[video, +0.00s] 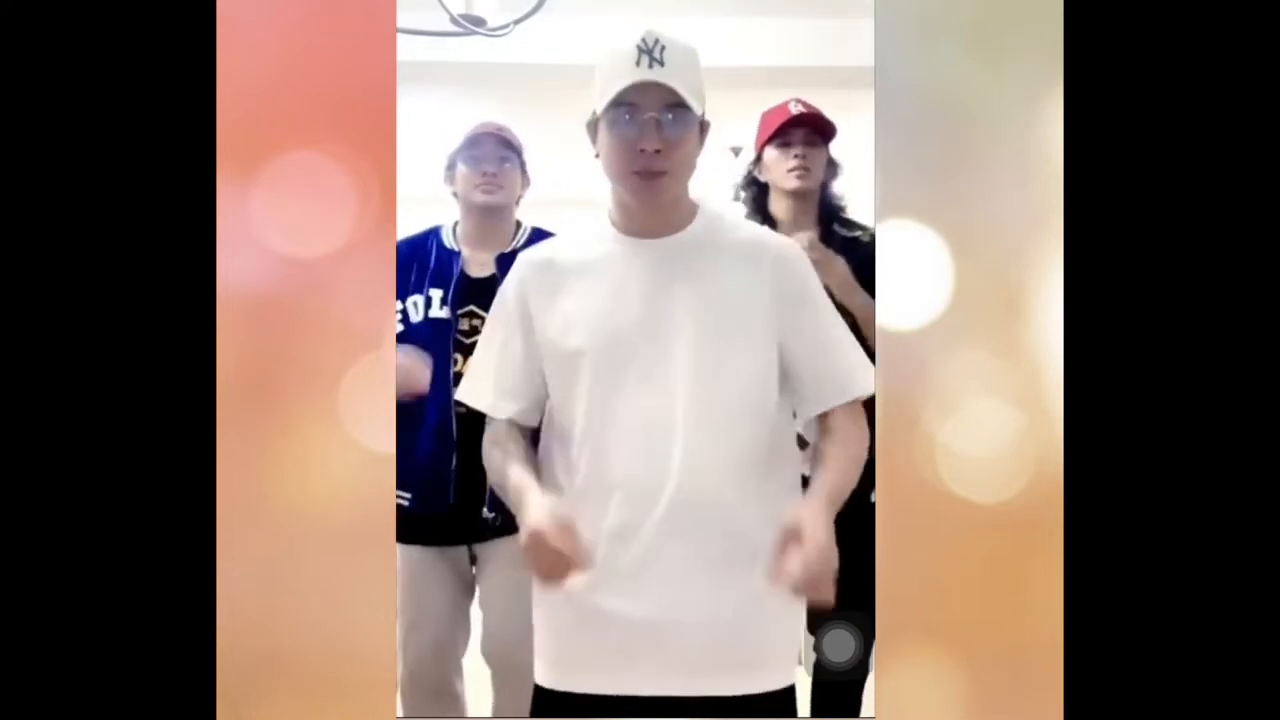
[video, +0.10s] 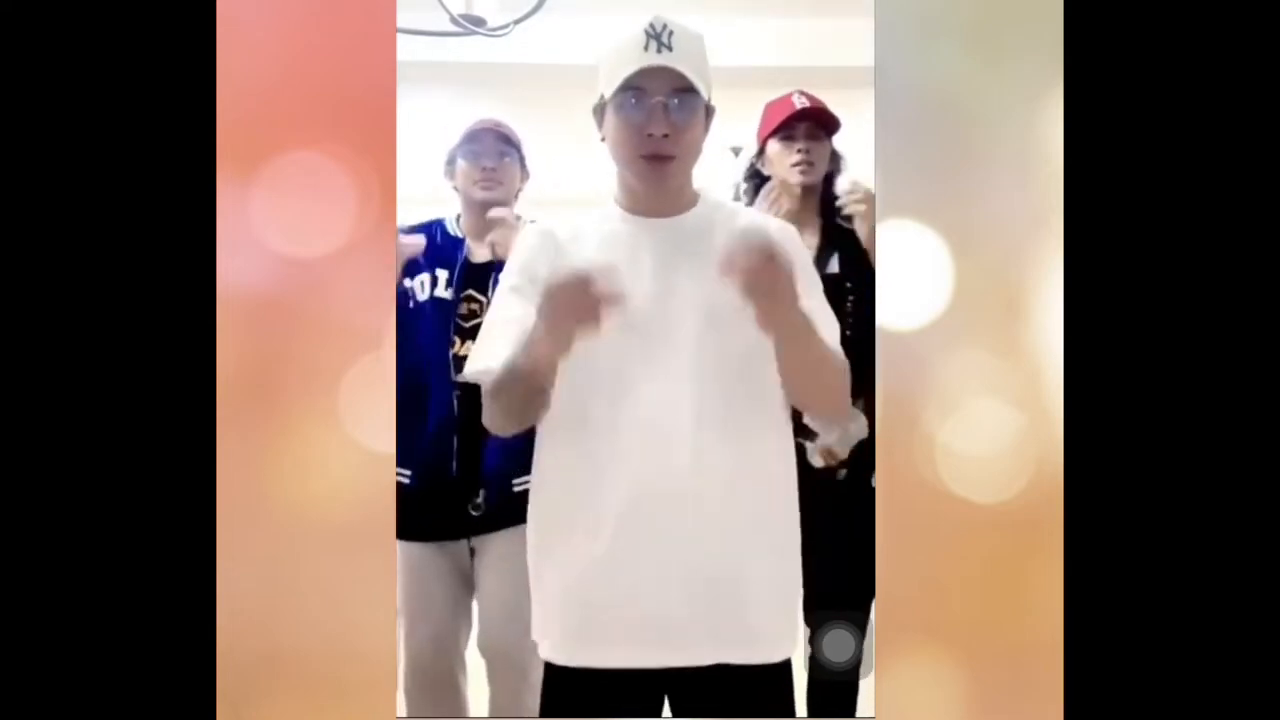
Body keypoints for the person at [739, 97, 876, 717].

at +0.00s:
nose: (800, 156)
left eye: (813, 146)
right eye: (785, 145)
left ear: (829, 161)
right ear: (759, 162)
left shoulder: (866, 248)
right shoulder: (733, 249)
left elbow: (894, 351)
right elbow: (711, 351)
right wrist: (770, 277)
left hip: (850, 460)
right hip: (755, 459)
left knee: (843, 643)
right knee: (758, 633)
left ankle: (834, 716)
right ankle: (770, 712)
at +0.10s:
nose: (806, 149)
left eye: (818, 137)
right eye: (789, 138)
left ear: (832, 150)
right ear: (763, 154)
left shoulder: (859, 235)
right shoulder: (741, 237)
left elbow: (899, 322)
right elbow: (726, 336)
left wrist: (874, 242)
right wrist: (760, 236)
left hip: (850, 452)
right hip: (761, 449)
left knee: (841, 625)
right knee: (762, 619)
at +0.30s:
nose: (814, 151)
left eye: (826, 140)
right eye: (798, 139)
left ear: (839, 156)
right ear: (768, 152)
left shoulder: (869, 244)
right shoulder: (742, 246)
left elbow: (894, 340)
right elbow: (722, 351)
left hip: (846, 473)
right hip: (754, 466)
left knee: (840, 633)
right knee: (748, 622)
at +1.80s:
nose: (820, 182)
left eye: (837, 169)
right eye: (811, 169)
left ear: (868, 180)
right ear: (801, 178)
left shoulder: (895, 261)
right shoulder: (781, 258)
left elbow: (905, 361)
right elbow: (764, 359)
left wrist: (869, 439)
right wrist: (799, 443)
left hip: (867, 477)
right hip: (786, 473)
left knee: (859, 641)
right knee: (774, 635)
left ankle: (854, 712)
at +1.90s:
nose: (818, 177)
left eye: (834, 165)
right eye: (810, 165)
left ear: (869, 174)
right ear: (801, 174)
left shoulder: (898, 256)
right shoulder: (778, 253)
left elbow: (902, 354)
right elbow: (762, 342)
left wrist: (814, 310)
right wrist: (844, 286)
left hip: (865, 478)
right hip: (786, 472)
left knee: (855, 636)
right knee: (770, 625)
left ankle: (853, 719)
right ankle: (765, 715)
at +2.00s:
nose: (818, 173)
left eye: (834, 160)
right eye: (812, 161)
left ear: (869, 168)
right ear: (805, 167)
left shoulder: (893, 247)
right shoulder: (793, 247)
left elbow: (885, 331)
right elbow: (768, 365)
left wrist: (825, 255)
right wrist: (772, 265)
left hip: (862, 470)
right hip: (788, 466)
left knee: (852, 634)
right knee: (769, 625)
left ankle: (853, 717)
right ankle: (761, 714)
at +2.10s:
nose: (819, 181)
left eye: (834, 168)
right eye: (813, 169)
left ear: (872, 176)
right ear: (807, 175)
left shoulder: (896, 264)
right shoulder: (792, 254)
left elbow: (868, 361)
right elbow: (773, 361)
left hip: (860, 474)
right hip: (784, 469)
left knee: (855, 636)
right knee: (770, 632)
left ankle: (853, 714)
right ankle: (765, 712)